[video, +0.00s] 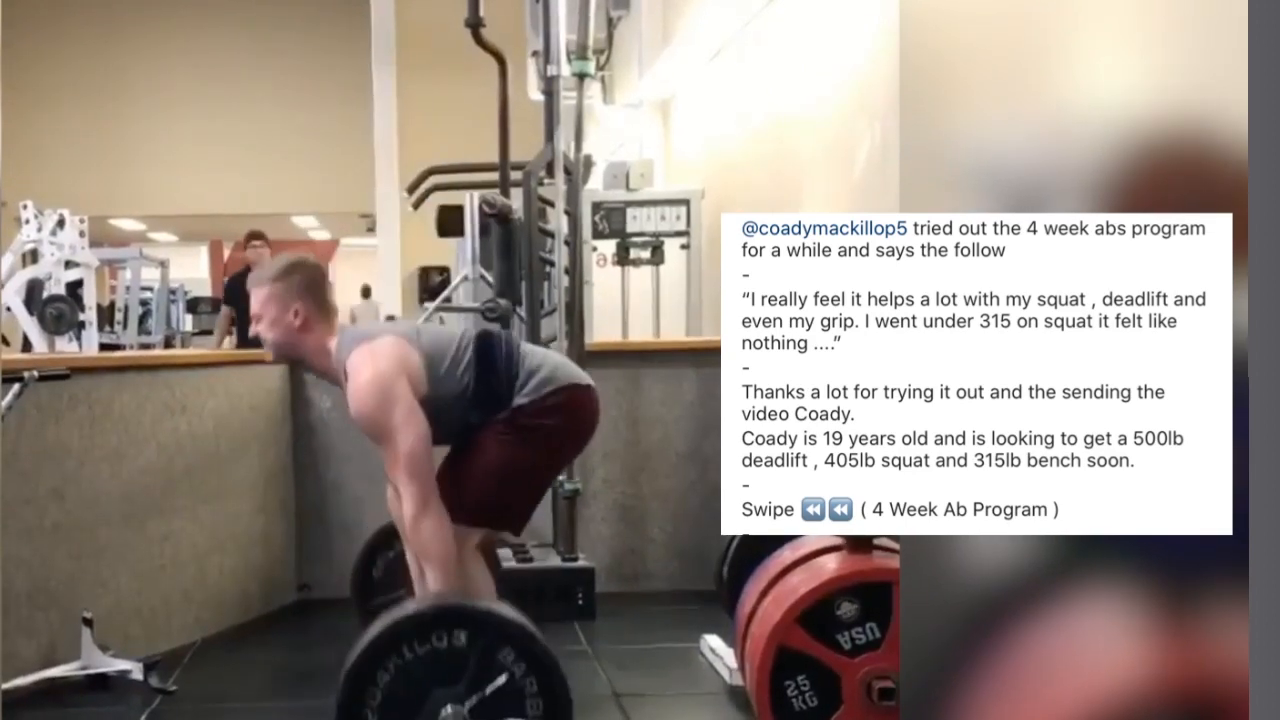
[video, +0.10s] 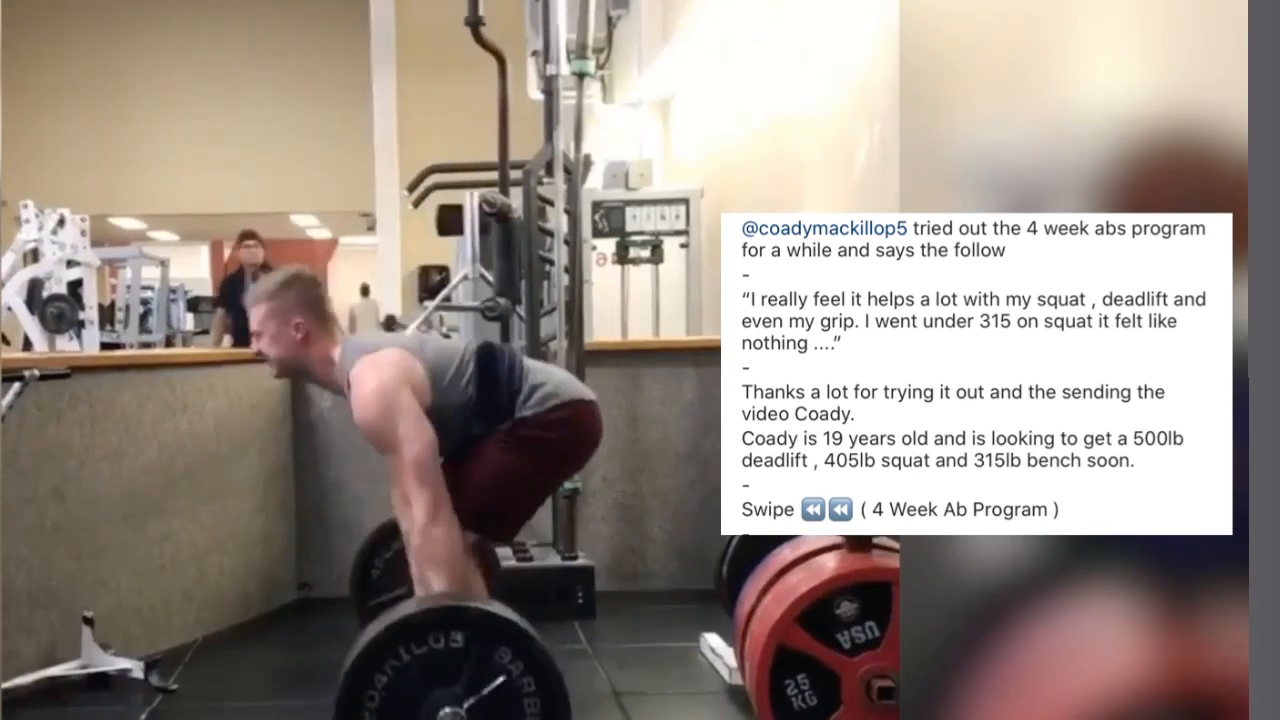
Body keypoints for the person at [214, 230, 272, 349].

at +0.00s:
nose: (258, 251)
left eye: (262, 246)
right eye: (253, 247)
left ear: (270, 250)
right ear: (245, 252)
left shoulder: (279, 278)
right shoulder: (236, 281)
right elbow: (225, 316)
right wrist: (215, 348)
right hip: (246, 348)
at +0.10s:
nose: (252, 251)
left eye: (256, 246)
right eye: (246, 247)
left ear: (263, 251)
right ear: (238, 251)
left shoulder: (274, 279)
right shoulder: (230, 282)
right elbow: (221, 316)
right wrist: (213, 350)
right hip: (240, 347)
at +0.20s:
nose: (245, 250)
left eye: (249, 246)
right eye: (239, 246)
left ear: (256, 249)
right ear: (230, 251)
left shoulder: (267, 277)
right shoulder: (222, 281)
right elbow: (215, 317)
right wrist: (207, 351)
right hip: (234, 348)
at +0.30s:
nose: (244, 250)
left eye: (247, 245)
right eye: (237, 245)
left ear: (252, 247)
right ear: (228, 249)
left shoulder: (266, 273)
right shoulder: (219, 280)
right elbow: (209, 317)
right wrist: (203, 350)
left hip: (267, 348)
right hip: (232, 349)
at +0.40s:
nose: (243, 249)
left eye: (246, 244)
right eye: (237, 245)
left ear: (251, 246)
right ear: (226, 249)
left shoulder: (264, 271)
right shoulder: (215, 279)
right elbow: (204, 318)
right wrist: (197, 352)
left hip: (267, 350)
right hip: (230, 352)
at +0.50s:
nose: (245, 250)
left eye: (248, 245)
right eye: (239, 245)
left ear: (253, 246)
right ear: (227, 248)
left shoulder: (265, 272)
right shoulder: (213, 279)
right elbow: (201, 317)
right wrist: (195, 350)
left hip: (266, 353)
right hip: (229, 355)